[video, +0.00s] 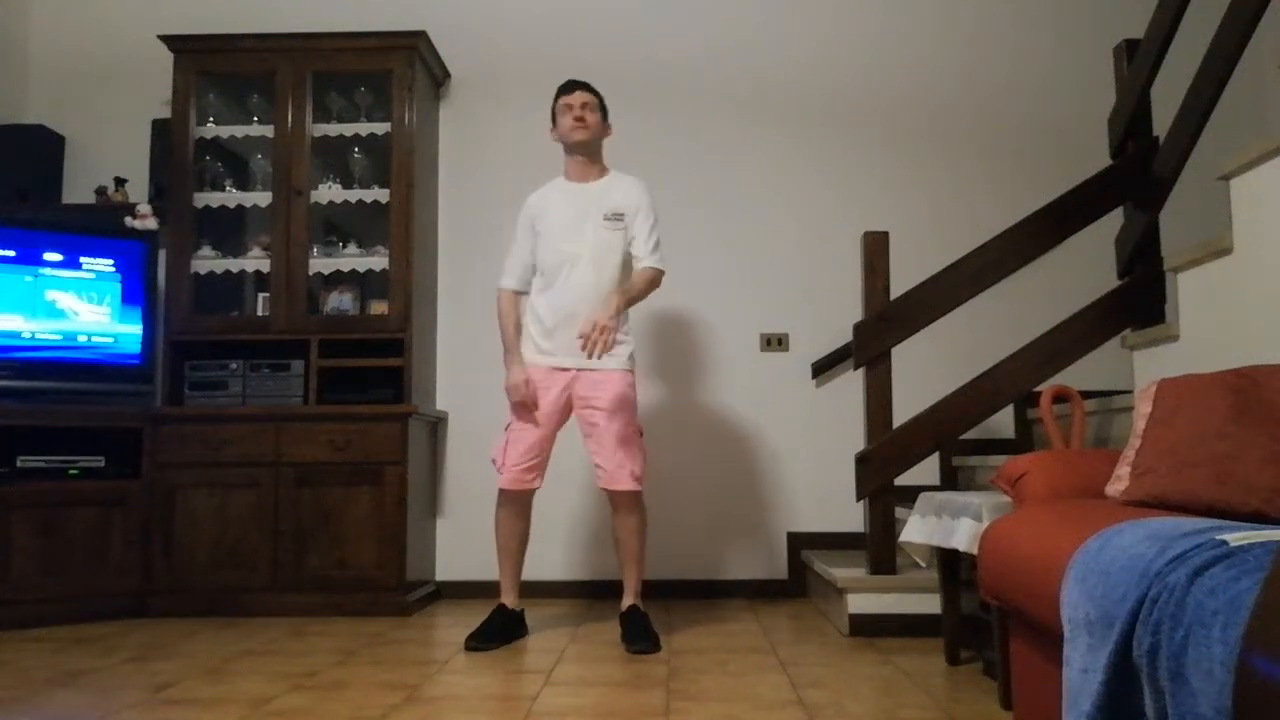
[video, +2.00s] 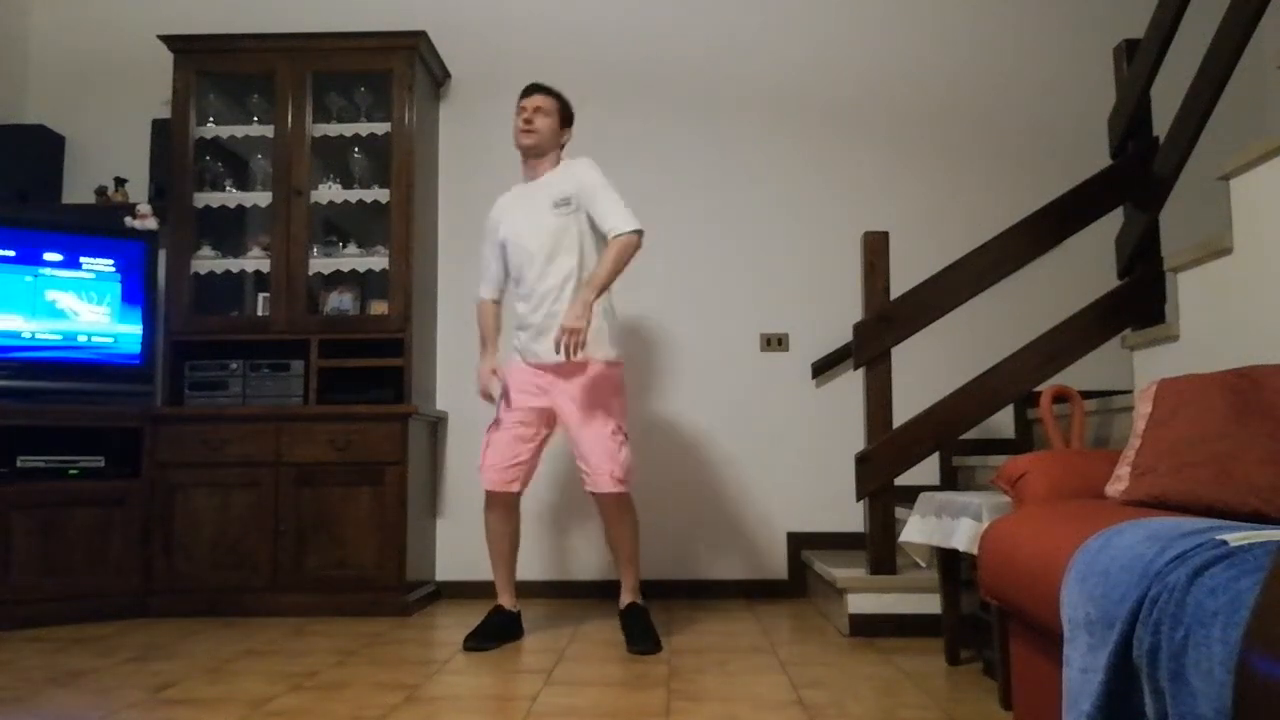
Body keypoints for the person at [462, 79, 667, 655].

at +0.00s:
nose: (579, 115)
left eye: (588, 109)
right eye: (568, 111)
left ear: (607, 127)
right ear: (554, 132)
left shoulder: (630, 194)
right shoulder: (537, 204)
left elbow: (649, 271)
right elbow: (510, 288)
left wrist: (615, 304)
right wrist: (512, 361)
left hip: (607, 365)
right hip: (541, 365)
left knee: (623, 485)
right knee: (513, 483)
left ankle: (632, 605)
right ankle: (508, 607)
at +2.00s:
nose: (525, 119)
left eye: (538, 113)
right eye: (521, 113)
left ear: (563, 131)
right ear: (514, 129)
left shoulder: (579, 174)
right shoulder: (503, 208)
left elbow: (627, 236)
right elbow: (489, 290)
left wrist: (585, 301)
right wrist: (489, 353)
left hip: (588, 366)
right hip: (524, 371)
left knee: (610, 485)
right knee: (498, 482)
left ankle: (632, 601)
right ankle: (505, 608)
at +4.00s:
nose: (585, 171)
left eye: (596, 159)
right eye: (575, 159)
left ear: (615, 146)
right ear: (560, 146)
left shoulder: (631, 214)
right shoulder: (535, 199)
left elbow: (654, 297)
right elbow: (483, 266)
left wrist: (635, 346)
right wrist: (485, 339)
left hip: (603, 369)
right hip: (533, 366)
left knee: (629, 483)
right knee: (504, 483)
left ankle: (639, 607)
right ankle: (511, 610)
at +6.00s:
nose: (590, 117)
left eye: (601, 108)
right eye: (580, 109)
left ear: (622, 117)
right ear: (570, 120)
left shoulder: (639, 195)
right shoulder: (547, 186)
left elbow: (668, 271)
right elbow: (477, 242)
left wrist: (662, 314)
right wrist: (450, 298)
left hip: (614, 363)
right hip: (542, 358)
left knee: (634, 482)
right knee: (495, 469)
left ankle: (638, 609)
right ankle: (492, 603)